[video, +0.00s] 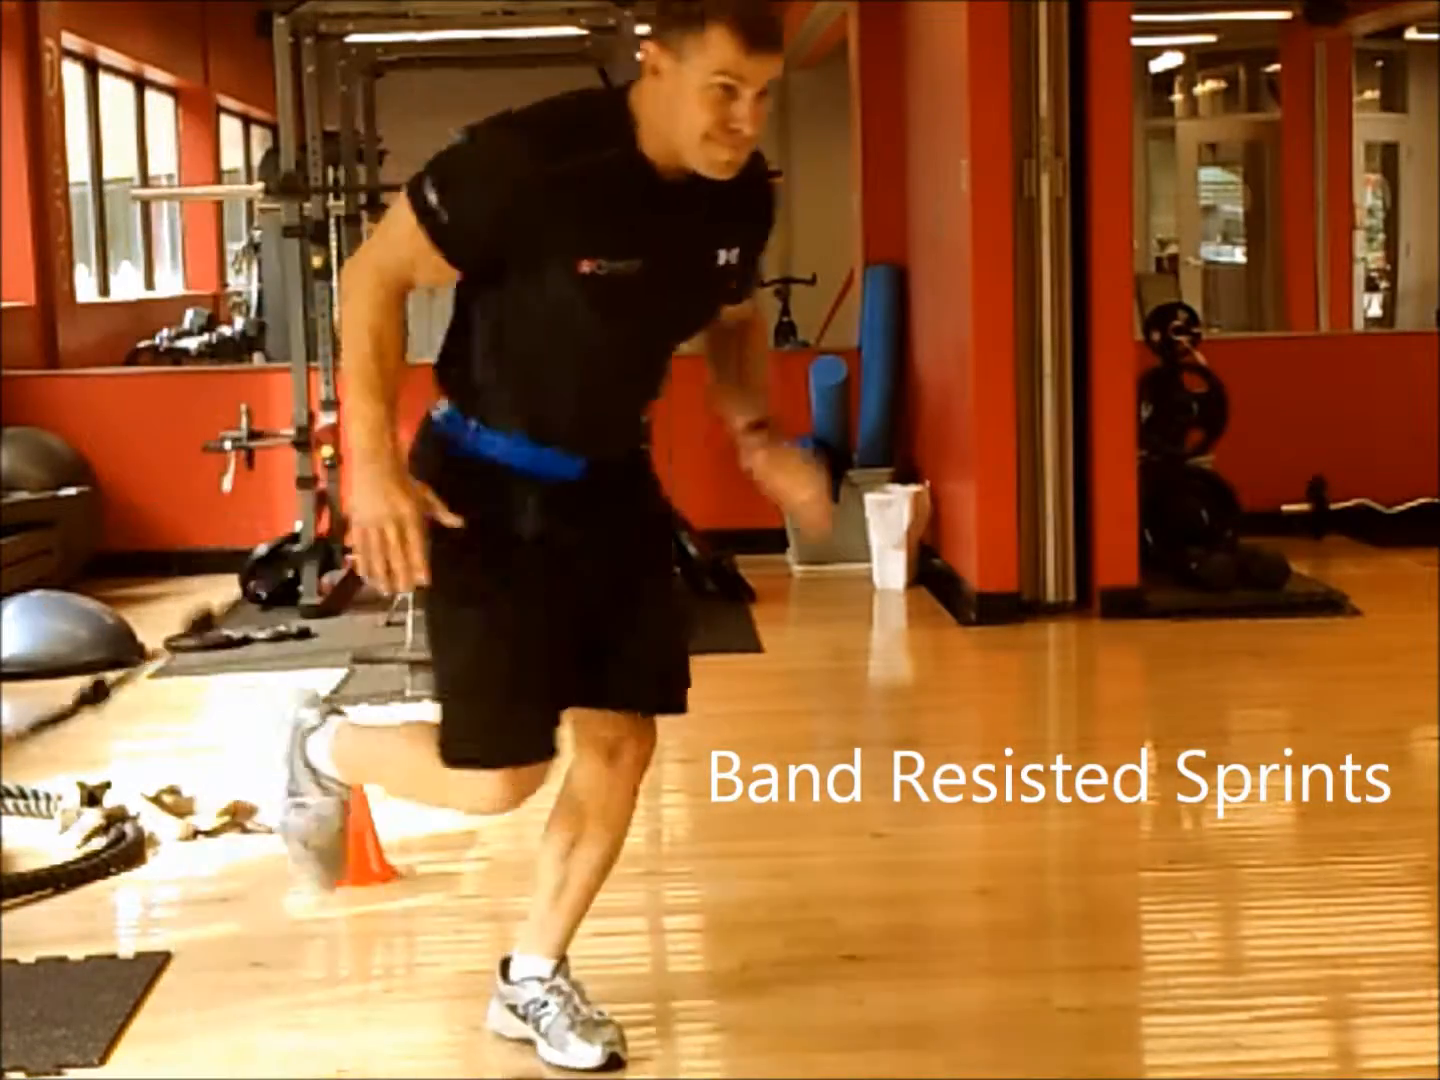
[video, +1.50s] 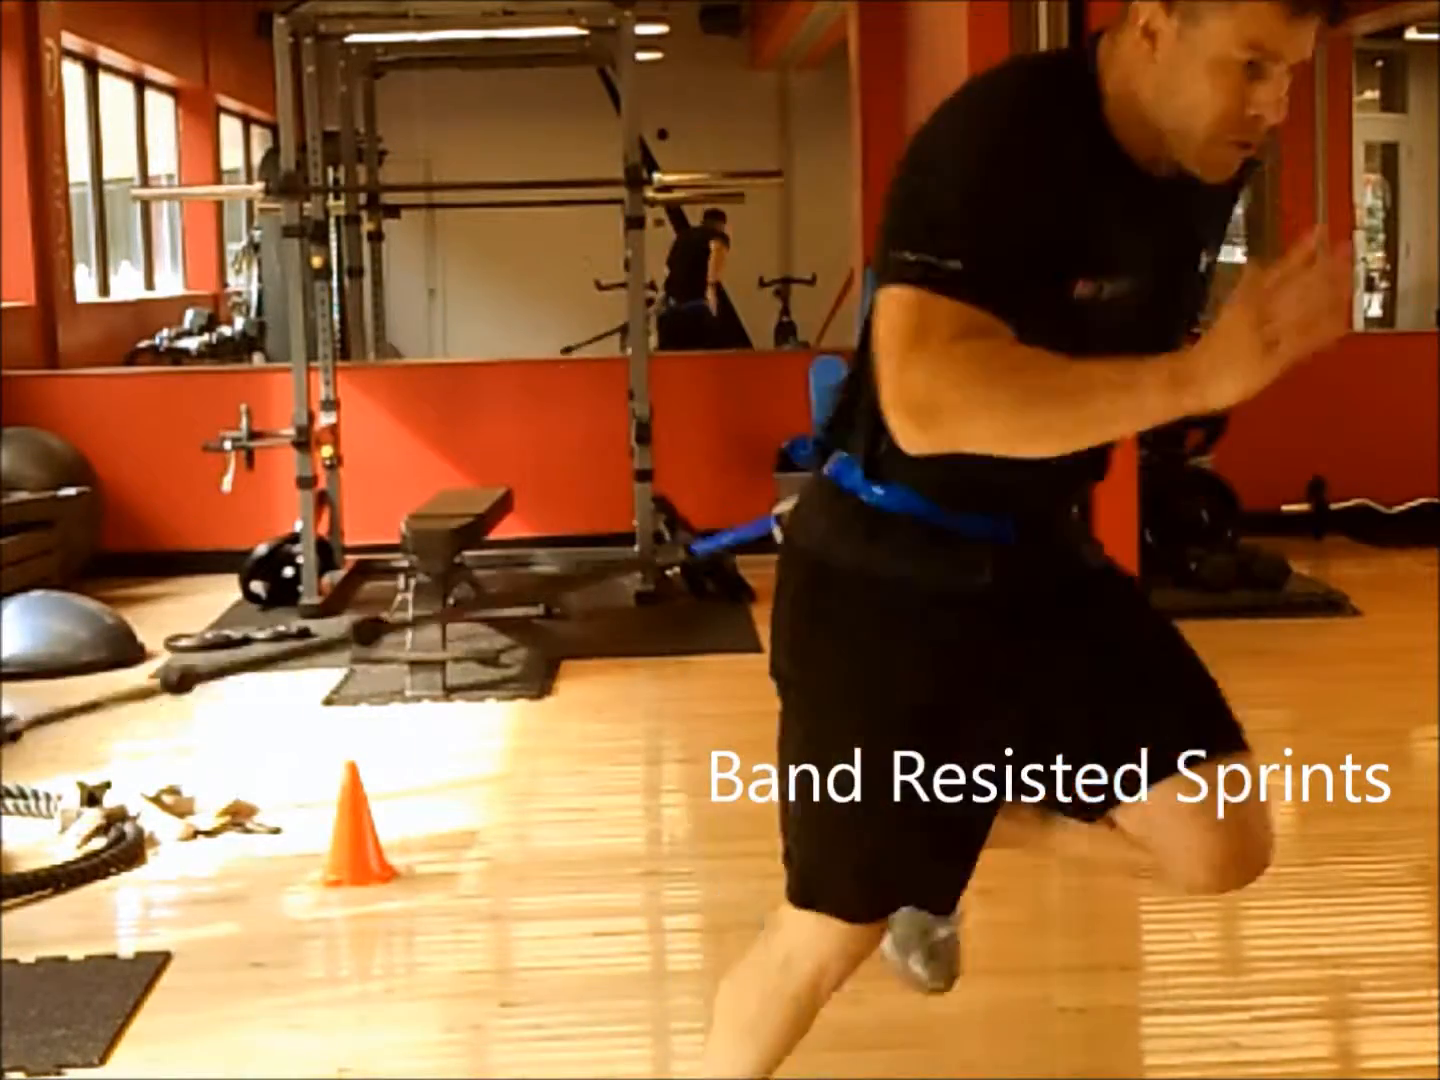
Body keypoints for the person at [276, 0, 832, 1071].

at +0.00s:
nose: (746, 120)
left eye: (764, 95)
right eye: (726, 90)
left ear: (776, 88)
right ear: (651, 63)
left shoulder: (744, 192)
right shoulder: (525, 157)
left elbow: (737, 332)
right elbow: (371, 275)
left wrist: (755, 435)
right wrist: (368, 457)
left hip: (611, 488)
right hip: (482, 486)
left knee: (616, 742)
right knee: (500, 771)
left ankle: (534, 972)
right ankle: (327, 741)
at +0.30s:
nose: (955, 71)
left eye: (973, 42)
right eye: (932, 35)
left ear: (987, 38)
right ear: (847, 15)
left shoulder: (946, 138)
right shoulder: (710, 118)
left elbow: (909, 313)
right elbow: (591, 322)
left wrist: (918, 459)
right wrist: (789, 378)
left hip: (821, 492)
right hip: (681, 486)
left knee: (859, 815)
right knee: (708, 816)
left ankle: (642, 750)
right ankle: (635, 1069)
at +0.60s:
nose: (1186, 64)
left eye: (1205, 38)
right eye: (1165, 24)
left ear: (1210, 45)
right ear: (1069, 5)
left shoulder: (1156, 158)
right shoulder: (899, 85)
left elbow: (1176, 344)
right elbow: (666, 151)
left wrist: (1246, 446)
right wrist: (587, 356)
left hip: (968, 498)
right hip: (834, 491)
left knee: (967, 805)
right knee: (1006, 772)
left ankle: (861, 1058)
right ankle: (713, 797)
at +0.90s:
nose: (1228, 56)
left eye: (1240, 25)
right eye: (1207, 16)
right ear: (1104, 2)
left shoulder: (1173, 114)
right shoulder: (960, 87)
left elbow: (1072, 289)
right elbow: (863, 330)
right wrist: (1123, 314)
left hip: (1020, 508)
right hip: (863, 515)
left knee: (1237, 768)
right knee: (822, 875)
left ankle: (960, 752)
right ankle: (725, 1072)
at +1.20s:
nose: (1273, 100)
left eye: (1293, 68)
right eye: (1251, 60)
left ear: (1309, 56)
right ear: (1152, 23)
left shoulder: (1250, 184)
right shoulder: (966, 112)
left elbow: (1279, 359)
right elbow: (721, 170)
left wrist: (1362, 437)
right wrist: (623, 370)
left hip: (1027, 526)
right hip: (883, 511)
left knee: (936, 827)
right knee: (1078, 785)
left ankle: (785, 1045)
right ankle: (758, 801)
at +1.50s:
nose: (1276, 110)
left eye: (1292, 74)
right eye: (1252, 67)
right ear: (1142, 31)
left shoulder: (1207, 164)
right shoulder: (991, 132)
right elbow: (930, 394)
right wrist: (1197, 374)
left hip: (1044, 556)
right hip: (880, 562)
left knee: (1218, 844)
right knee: (836, 922)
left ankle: (946, 812)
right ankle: (719, 1070)